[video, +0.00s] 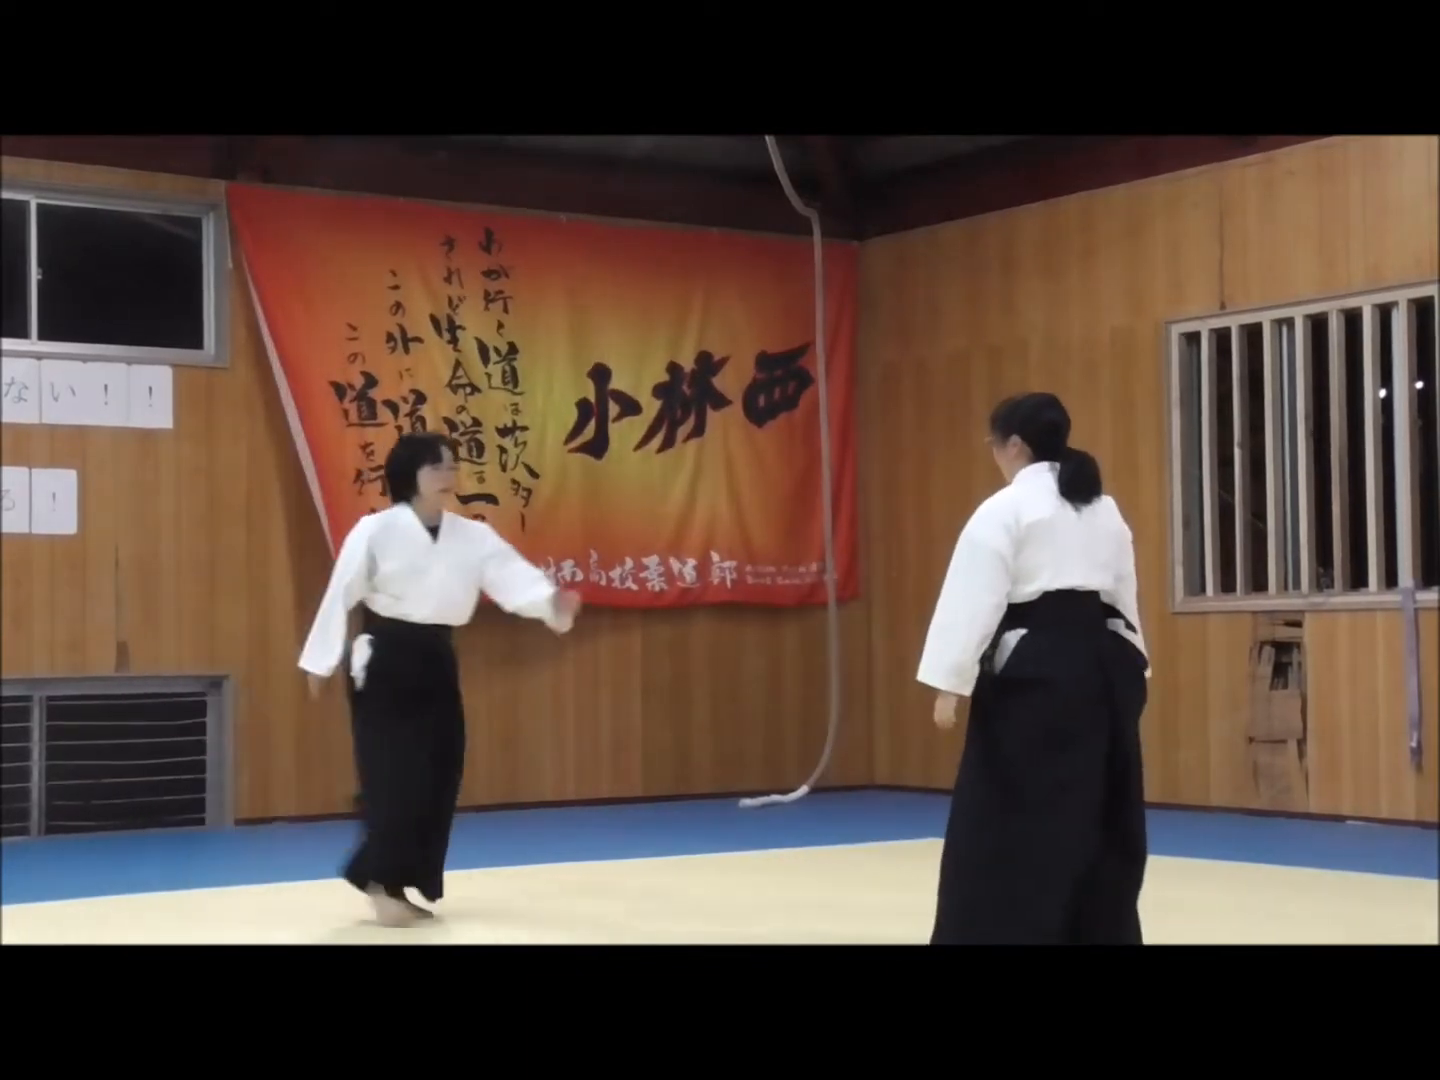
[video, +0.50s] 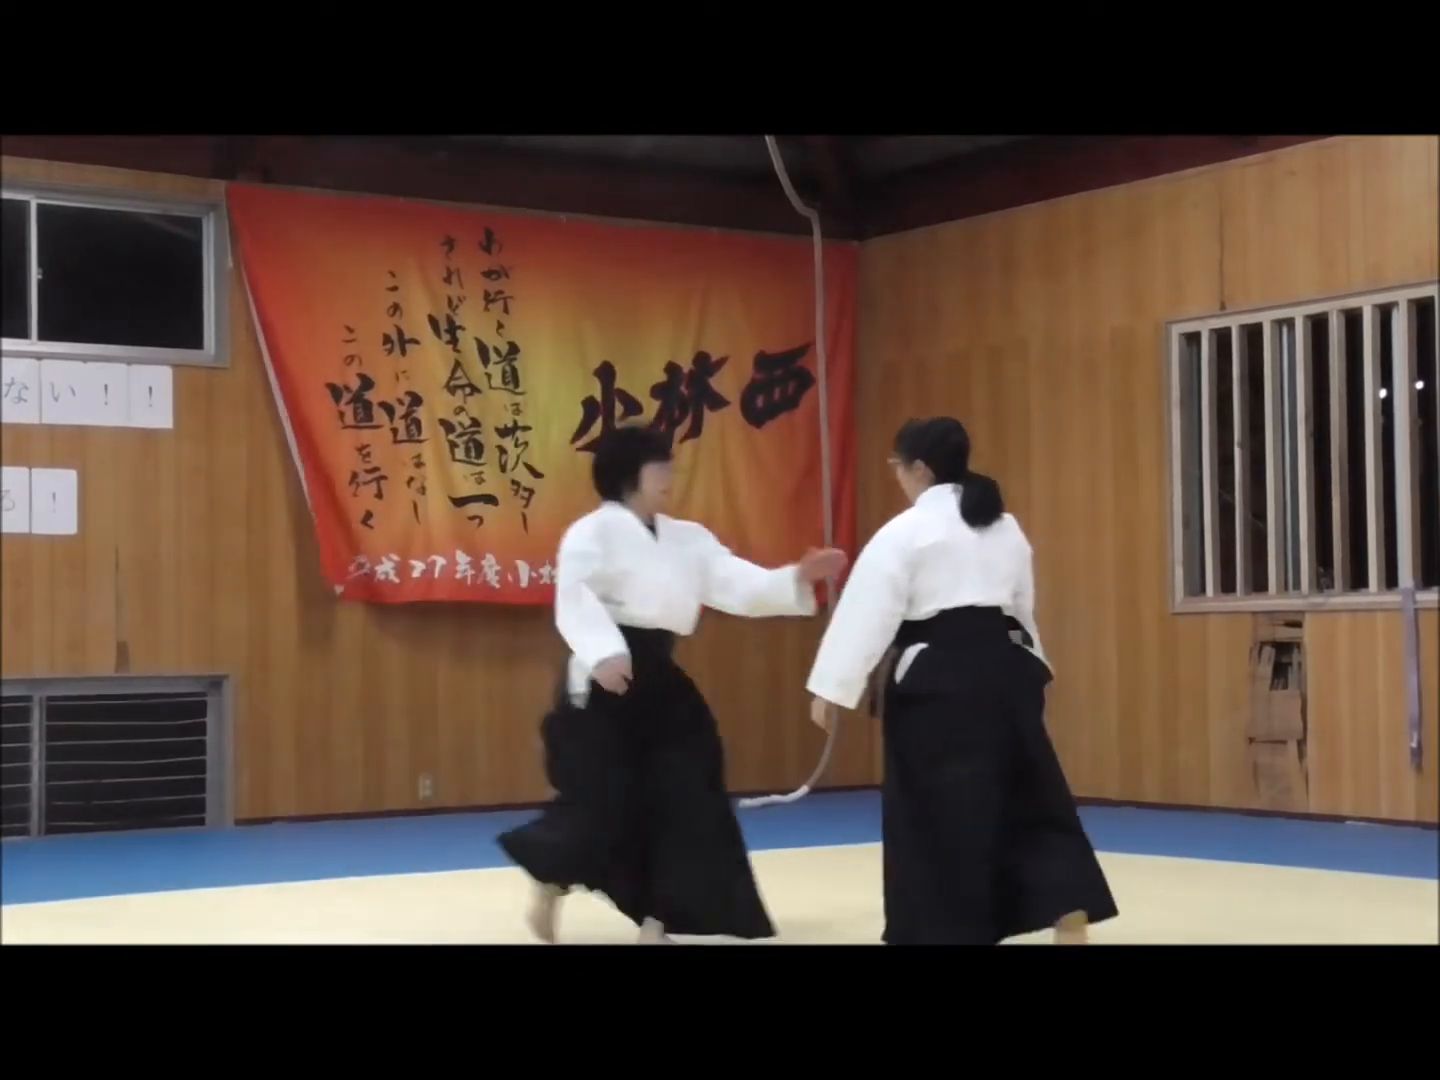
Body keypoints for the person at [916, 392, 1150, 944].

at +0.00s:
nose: (996, 456)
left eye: (997, 446)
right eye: (994, 447)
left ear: (1018, 445)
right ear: (1058, 442)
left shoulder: (1004, 511)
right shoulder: (1105, 509)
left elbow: (974, 601)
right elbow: (1126, 599)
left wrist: (952, 682)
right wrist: (1136, 667)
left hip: (1032, 671)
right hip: (1106, 668)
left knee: (1013, 808)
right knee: (1097, 810)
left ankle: (1010, 929)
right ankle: (1095, 931)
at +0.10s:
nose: (986, 461)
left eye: (988, 451)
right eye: (985, 451)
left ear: (1009, 450)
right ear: (1050, 446)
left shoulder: (994, 514)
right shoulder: (1098, 511)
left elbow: (963, 604)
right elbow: (1121, 602)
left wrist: (940, 684)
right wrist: (1135, 679)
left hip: (1021, 676)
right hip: (1097, 671)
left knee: (1003, 811)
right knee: (1090, 813)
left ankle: (1006, 929)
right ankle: (1090, 931)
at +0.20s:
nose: (974, 472)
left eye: (975, 461)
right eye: (972, 462)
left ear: (996, 458)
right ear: (1036, 454)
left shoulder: (979, 521)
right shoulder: (1084, 518)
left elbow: (945, 609)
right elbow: (1110, 607)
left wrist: (917, 688)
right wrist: (1125, 685)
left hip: (1007, 679)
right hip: (1084, 674)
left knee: (980, 803)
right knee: (1084, 809)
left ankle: (965, 920)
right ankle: (1089, 926)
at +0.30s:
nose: (951, 476)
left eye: (954, 465)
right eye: (951, 465)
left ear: (975, 466)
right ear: (1011, 463)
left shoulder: (956, 530)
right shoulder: (1061, 525)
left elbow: (921, 616)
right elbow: (1090, 610)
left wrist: (890, 691)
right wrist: (1106, 684)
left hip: (987, 682)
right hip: (1063, 678)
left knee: (962, 803)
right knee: (1068, 806)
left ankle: (948, 919)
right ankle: (1078, 923)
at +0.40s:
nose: (923, 476)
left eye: (926, 466)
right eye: (923, 466)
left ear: (947, 469)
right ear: (983, 467)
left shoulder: (928, 534)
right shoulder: (1032, 529)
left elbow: (891, 618)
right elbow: (1059, 612)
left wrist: (859, 691)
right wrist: (1072, 678)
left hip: (960, 682)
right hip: (1035, 676)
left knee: (955, 809)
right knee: (1058, 803)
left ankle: (957, 928)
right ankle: (1087, 921)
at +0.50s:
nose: (897, 477)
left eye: (899, 467)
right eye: (897, 467)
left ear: (917, 469)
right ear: (956, 466)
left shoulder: (903, 533)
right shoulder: (1004, 526)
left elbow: (865, 613)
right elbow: (1021, 608)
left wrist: (831, 685)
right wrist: (1034, 668)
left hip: (935, 675)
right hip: (1009, 669)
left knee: (934, 802)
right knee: (1029, 791)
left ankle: (940, 927)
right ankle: (1069, 907)